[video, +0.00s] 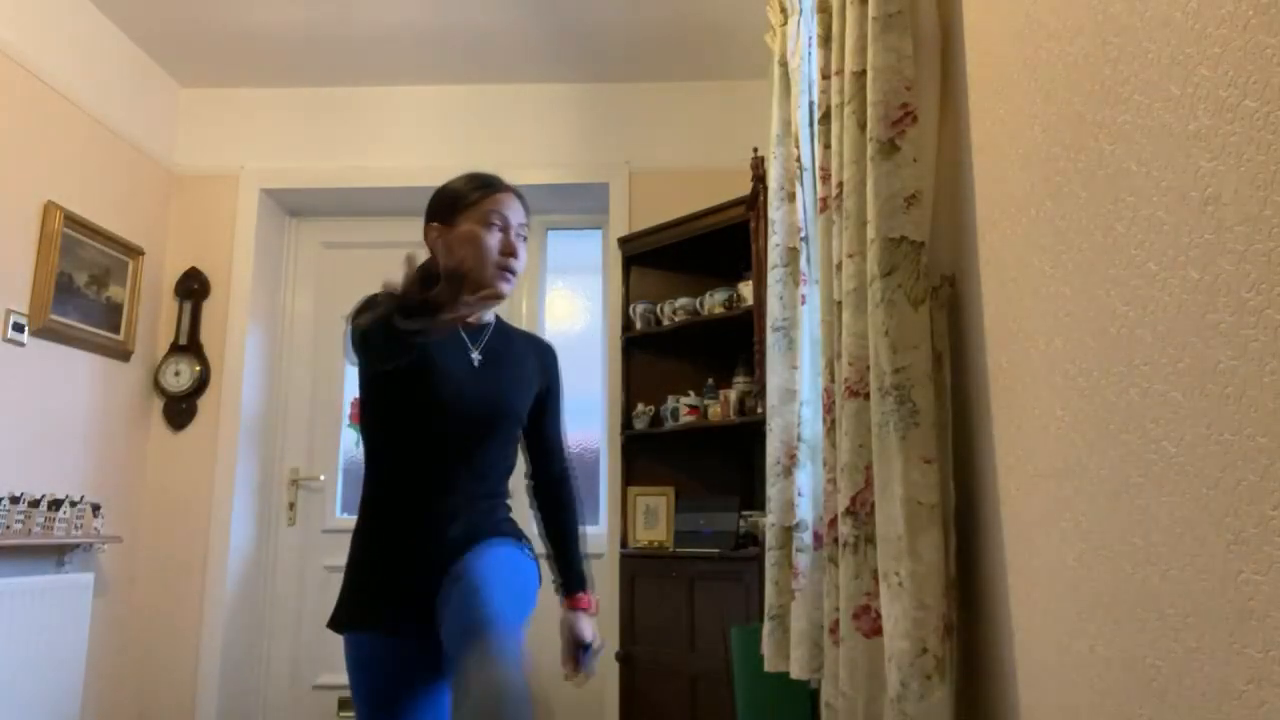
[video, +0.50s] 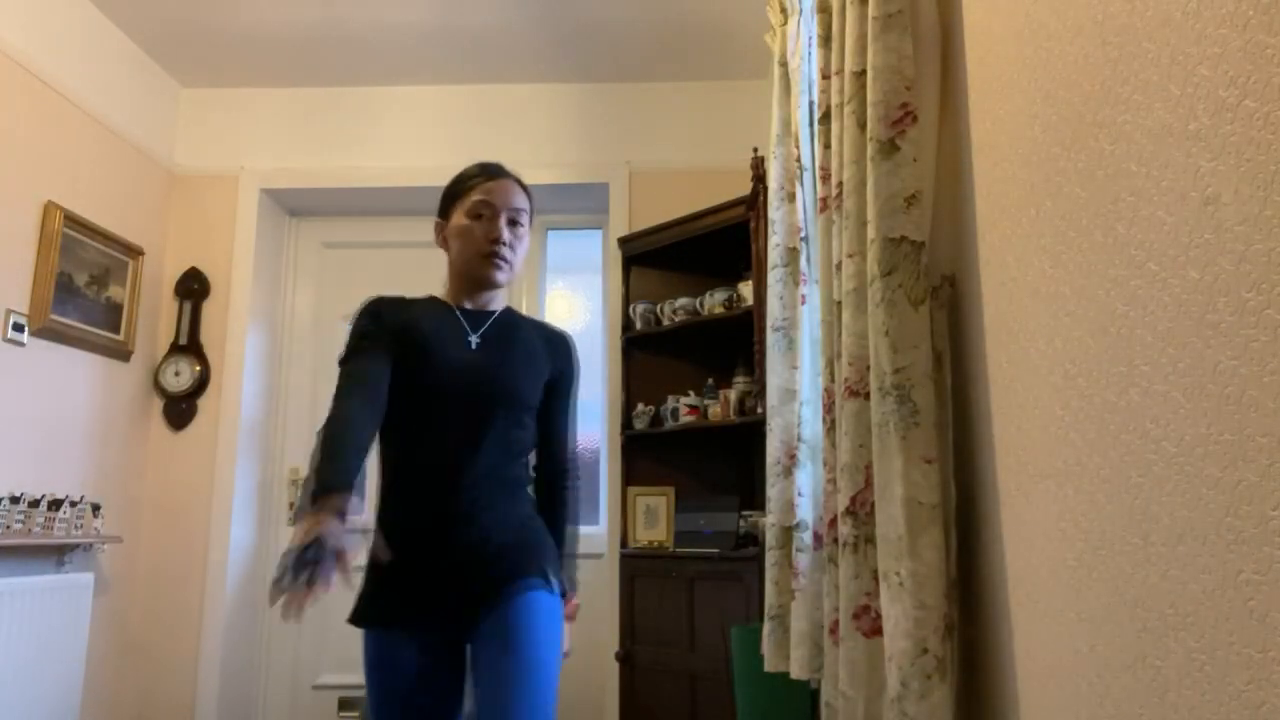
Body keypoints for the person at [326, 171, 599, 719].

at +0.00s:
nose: (515, 247)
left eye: (522, 234)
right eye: (495, 225)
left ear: (524, 251)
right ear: (437, 239)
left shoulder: (533, 357)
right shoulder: (385, 317)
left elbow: (550, 479)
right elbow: (380, 336)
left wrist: (578, 598)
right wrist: (455, 311)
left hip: (486, 546)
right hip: (391, 566)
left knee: (485, 622)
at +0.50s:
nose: (501, 232)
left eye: (516, 222)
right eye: (482, 215)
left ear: (529, 244)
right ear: (442, 232)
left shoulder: (551, 348)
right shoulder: (390, 319)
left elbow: (556, 473)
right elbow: (353, 413)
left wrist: (561, 577)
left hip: (514, 575)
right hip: (408, 574)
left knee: (519, 712)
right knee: (404, 711)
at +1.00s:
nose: (537, 247)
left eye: (557, 231)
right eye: (522, 231)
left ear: (590, 248)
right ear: (505, 245)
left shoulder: (621, 336)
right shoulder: (473, 344)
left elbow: (685, 373)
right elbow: (425, 471)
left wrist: (664, 352)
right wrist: (369, 596)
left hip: (591, 555)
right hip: (495, 547)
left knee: (601, 709)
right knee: (496, 646)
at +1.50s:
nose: (542, 240)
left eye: (562, 223)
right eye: (528, 226)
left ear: (600, 245)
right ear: (514, 245)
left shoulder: (626, 331)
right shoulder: (482, 342)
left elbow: (655, 338)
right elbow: (457, 475)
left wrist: (683, 334)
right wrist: (433, 600)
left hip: (603, 559)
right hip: (502, 549)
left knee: (608, 708)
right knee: (514, 680)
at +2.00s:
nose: (513, 240)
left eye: (533, 228)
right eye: (498, 226)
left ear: (559, 253)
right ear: (475, 245)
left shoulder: (595, 350)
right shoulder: (437, 324)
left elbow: (594, 477)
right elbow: (386, 380)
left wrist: (586, 562)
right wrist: (334, 440)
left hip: (555, 552)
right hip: (455, 561)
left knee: (543, 633)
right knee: (440, 707)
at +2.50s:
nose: (517, 225)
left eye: (534, 215)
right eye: (499, 212)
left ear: (553, 244)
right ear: (470, 239)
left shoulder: (590, 340)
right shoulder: (430, 321)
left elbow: (602, 465)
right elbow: (394, 375)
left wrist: (594, 560)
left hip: (559, 555)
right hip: (453, 561)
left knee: (536, 657)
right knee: (441, 707)